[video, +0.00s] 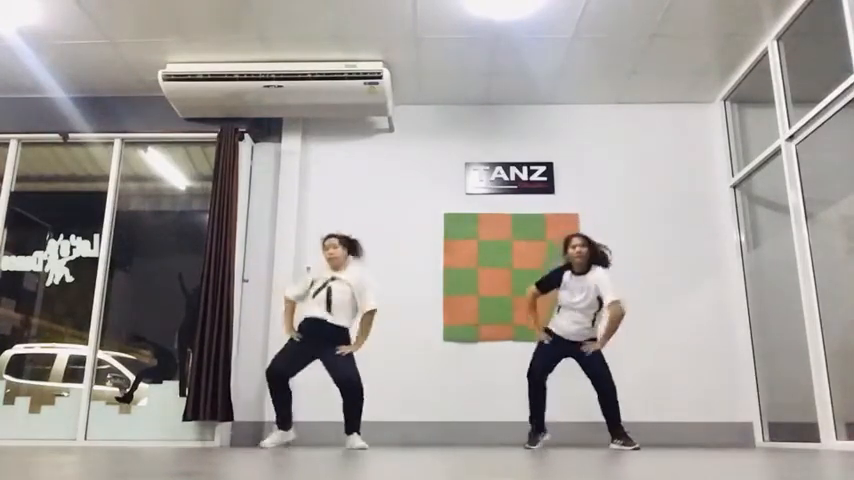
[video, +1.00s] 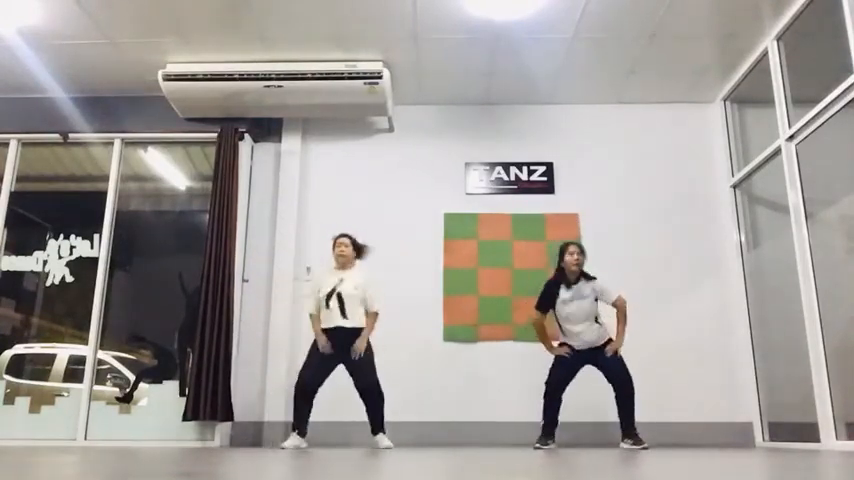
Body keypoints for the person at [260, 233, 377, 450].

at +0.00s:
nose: (330, 252)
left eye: (335, 247)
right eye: (326, 249)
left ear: (346, 251)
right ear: (323, 253)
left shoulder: (356, 277)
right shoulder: (315, 275)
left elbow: (369, 310)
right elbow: (290, 297)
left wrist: (357, 343)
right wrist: (290, 329)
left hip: (337, 340)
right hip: (307, 336)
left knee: (352, 387)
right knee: (275, 373)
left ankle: (352, 435)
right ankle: (284, 429)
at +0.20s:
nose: (316, 263)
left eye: (321, 258)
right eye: (313, 259)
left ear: (331, 262)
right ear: (309, 265)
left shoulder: (341, 287)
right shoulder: (306, 289)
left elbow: (354, 318)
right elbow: (282, 315)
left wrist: (351, 351)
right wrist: (289, 343)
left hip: (334, 350)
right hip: (306, 350)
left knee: (345, 389)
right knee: (273, 382)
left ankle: (352, 435)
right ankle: (286, 435)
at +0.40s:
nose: (315, 255)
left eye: (319, 252)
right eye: (311, 252)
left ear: (327, 257)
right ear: (305, 256)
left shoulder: (338, 279)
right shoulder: (297, 284)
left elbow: (365, 299)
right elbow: (282, 315)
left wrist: (361, 334)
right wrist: (295, 344)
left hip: (344, 342)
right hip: (313, 346)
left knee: (365, 376)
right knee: (287, 380)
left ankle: (365, 429)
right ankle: (287, 436)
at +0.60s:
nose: (334, 251)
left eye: (339, 248)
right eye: (331, 248)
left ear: (346, 252)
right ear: (325, 252)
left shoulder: (355, 279)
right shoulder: (314, 281)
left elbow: (376, 304)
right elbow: (302, 312)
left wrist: (368, 327)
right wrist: (315, 340)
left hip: (358, 337)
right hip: (329, 340)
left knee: (375, 383)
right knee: (304, 385)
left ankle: (381, 432)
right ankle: (291, 433)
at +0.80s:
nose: (342, 248)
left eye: (346, 245)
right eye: (338, 245)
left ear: (354, 250)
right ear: (333, 250)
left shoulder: (365, 274)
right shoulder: (323, 276)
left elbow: (378, 305)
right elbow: (316, 310)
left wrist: (370, 329)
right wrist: (325, 333)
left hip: (362, 336)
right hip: (333, 336)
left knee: (375, 385)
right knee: (309, 383)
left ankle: (379, 433)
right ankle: (291, 433)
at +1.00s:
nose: (340, 249)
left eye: (345, 246)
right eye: (337, 246)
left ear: (354, 252)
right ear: (332, 252)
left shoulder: (363, 278)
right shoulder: (321, 277)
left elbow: (373, 312)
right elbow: (313, 310)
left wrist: (363, 338)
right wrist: (318, 333)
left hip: (356, 337)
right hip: (328, 337)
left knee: (370, 387)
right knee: (305, 384)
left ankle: (379, 433)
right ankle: (299, 434)